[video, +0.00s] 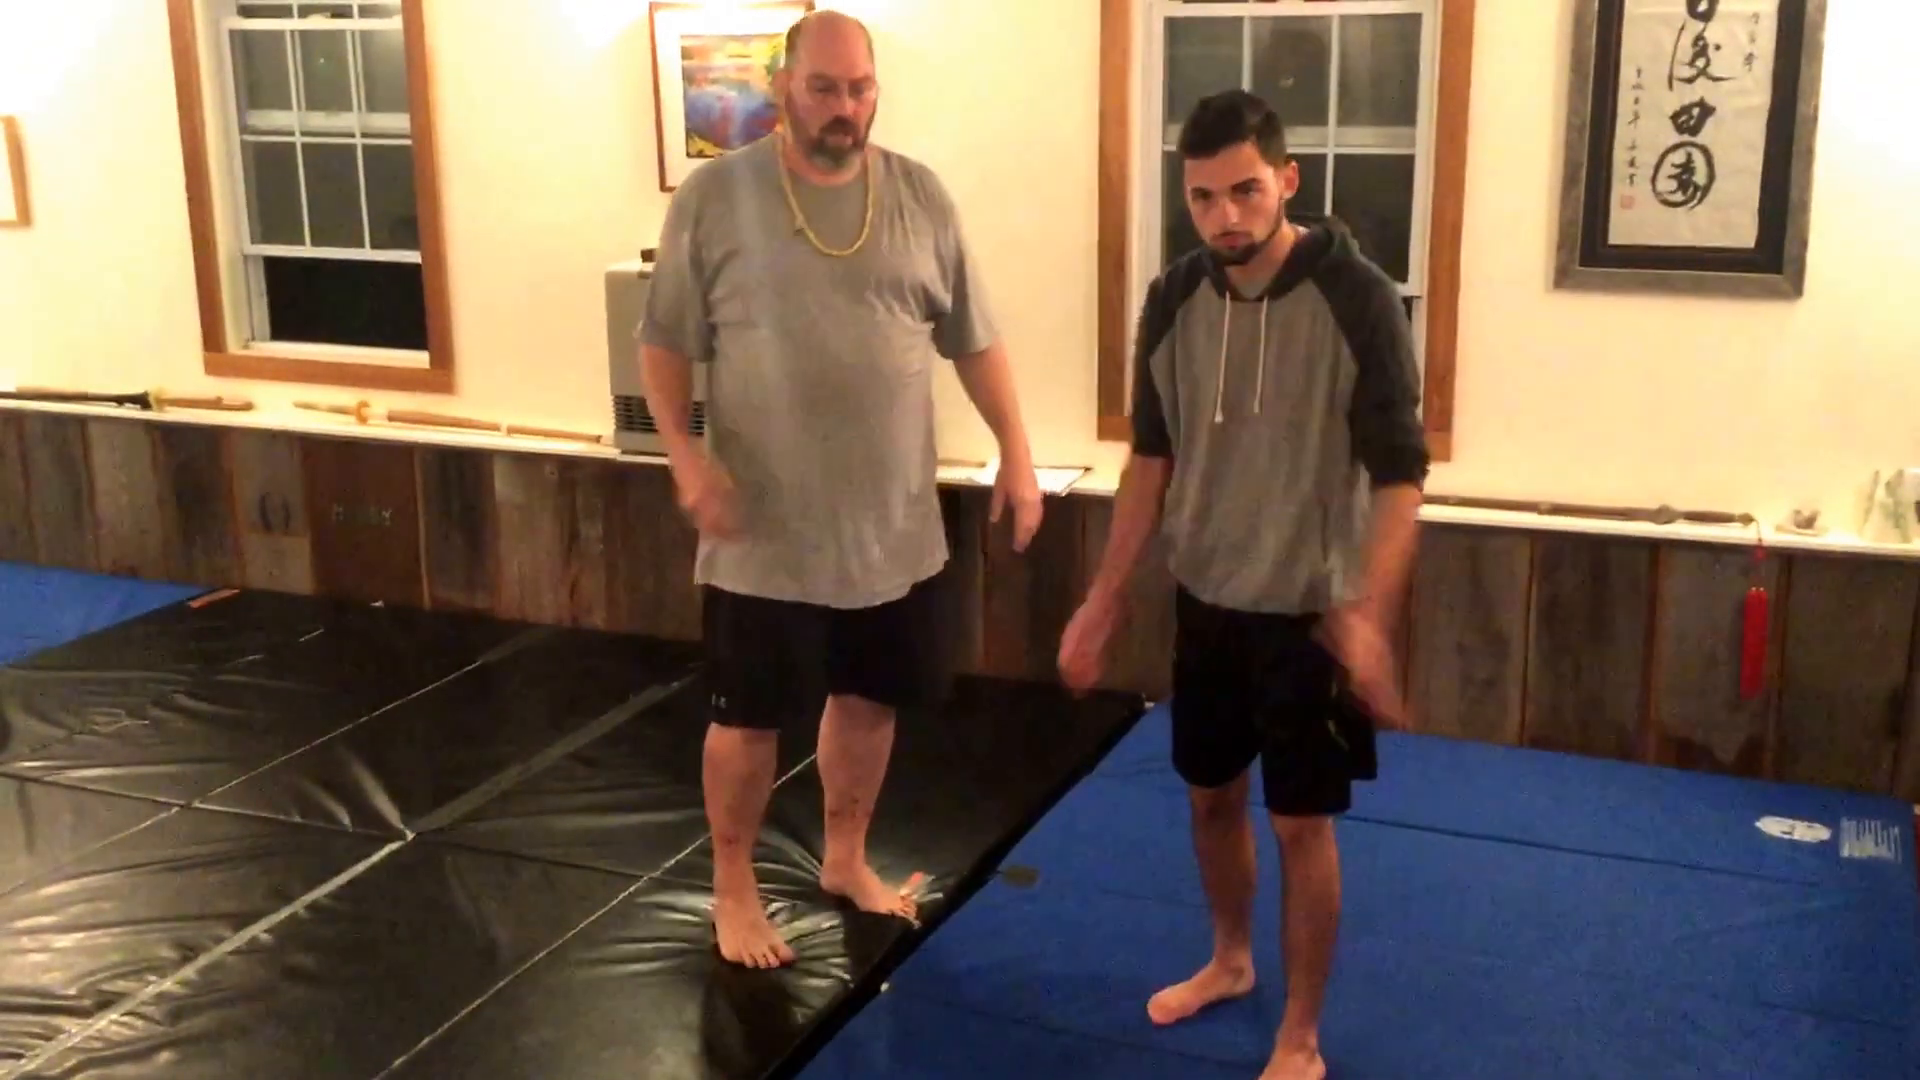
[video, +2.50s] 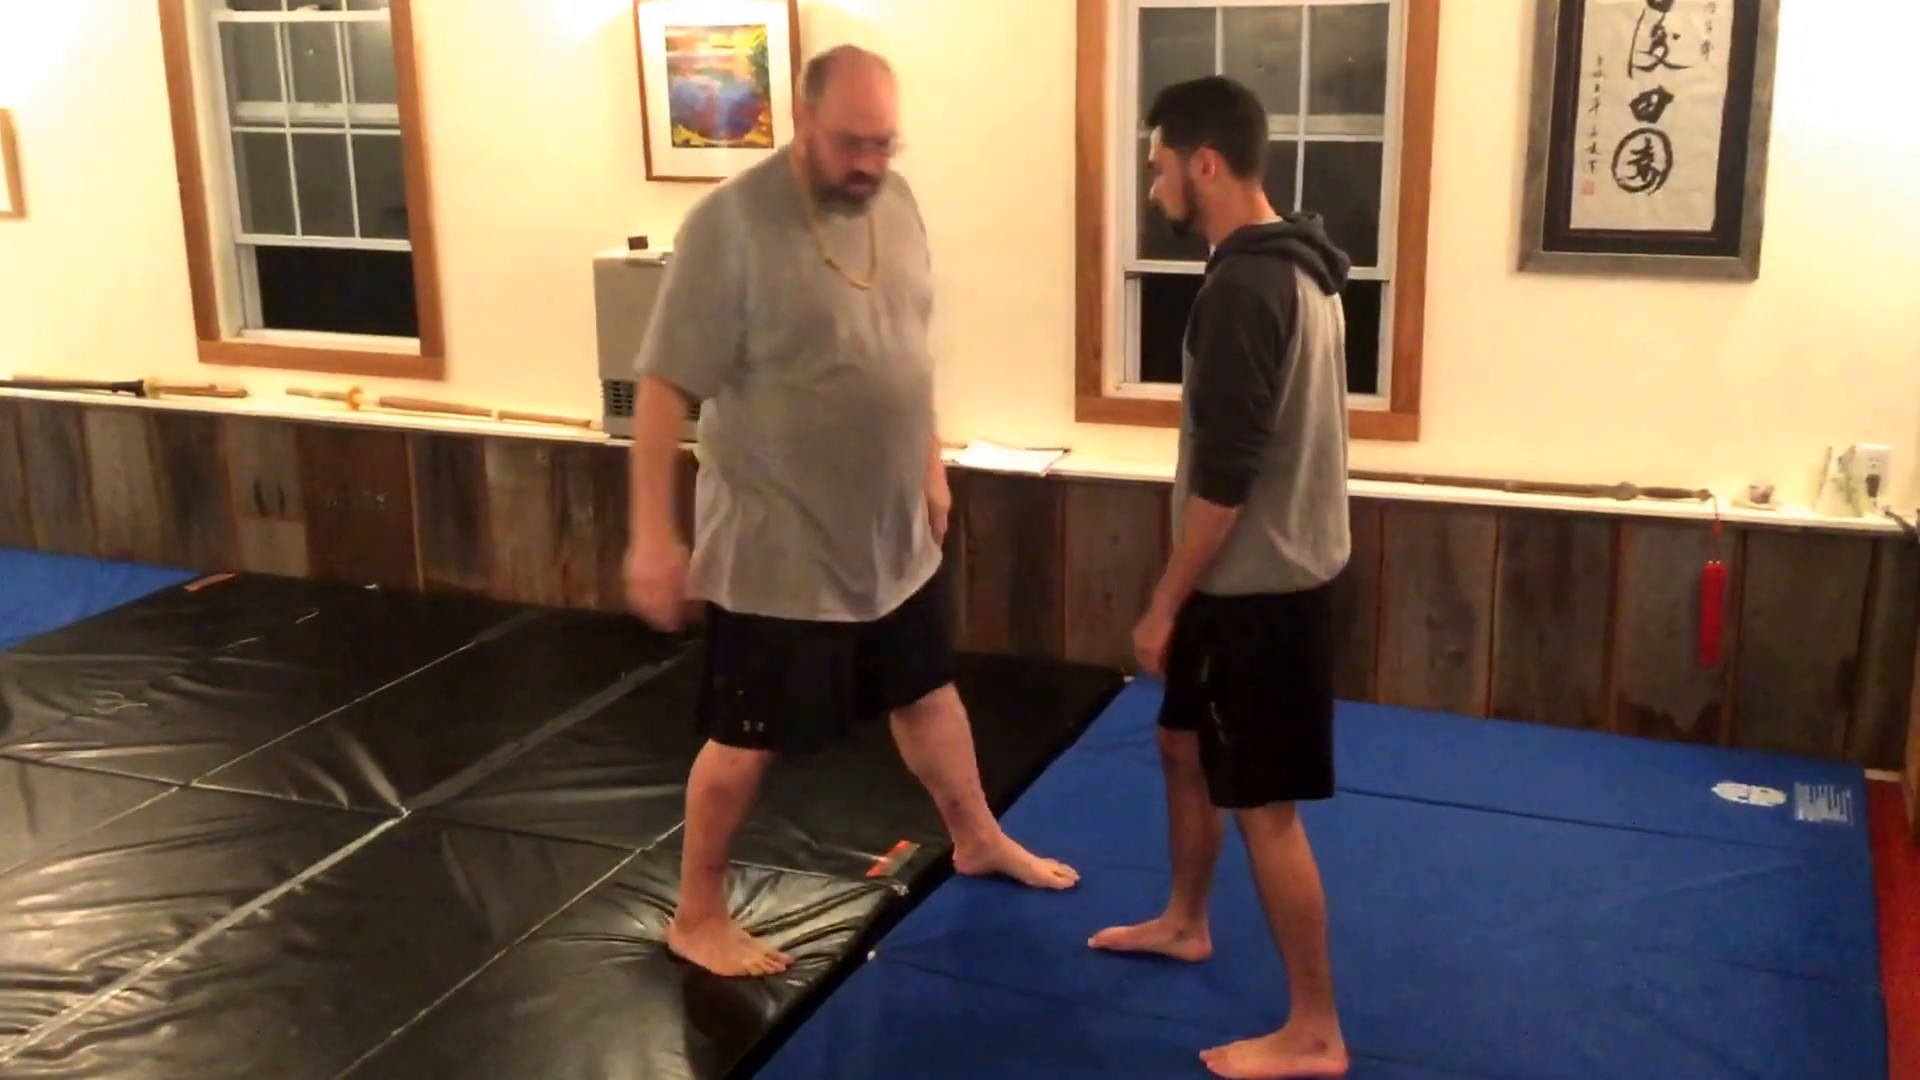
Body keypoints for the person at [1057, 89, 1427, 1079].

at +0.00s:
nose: (1225, 217)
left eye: (1243, 192)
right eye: (1204, 197)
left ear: (1287, 179)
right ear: (1184, 196)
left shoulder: (1356, 299)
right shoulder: (1176, 295)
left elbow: (1400, 472)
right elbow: (1149, 458)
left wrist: (1370, 609)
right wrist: (1104, 599)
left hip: (1311, 609)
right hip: (1207, 599)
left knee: (1300, 822)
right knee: (1214, 796)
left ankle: (1299, 1035)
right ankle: (1230, 962)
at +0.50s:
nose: (1163, 201)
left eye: (1174, 183)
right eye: (1164, 181)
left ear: (1232, 191)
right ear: (1228, 188)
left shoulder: (1324, 307)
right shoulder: (1213, 290)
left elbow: (1357, 517)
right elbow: (1211, 452)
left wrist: (1334, 693)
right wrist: (1173, 571)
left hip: (1298, 625)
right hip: (1213, 605)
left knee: (1303, 834)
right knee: (1188, 773)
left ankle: (1299, 1034)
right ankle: (1223, 948)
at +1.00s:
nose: (1151, 176)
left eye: (1159, 158)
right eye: (1152, 157)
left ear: (1201, 163)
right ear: (1226, 161)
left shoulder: (1249, 281)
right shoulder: (1274, 259)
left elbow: (1203, 479)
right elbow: (1253, 449)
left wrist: (1089, 606)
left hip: (1248, 581)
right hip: (1222, 573)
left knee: (1242, 803)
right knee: (1189, 756)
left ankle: (1288, 1028)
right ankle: (1204, 950)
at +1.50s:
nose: (1141, 207)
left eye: (1141, 186)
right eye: (1136, 189)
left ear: (1176, 176)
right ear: (1215, 171)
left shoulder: (1224, 280)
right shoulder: (1290, 261)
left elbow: (1198, 460)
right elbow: (1263, 436)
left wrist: (1149, 570)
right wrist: (1173, 545)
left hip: (1247, 571)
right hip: (1268, 556)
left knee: (1250, 800)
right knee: (1182, 748)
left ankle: (1320, 1042)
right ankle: (1199, 939)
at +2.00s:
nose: (1152, 211)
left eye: (1151, 191)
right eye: (1146, 193)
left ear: (1188, 181)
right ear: (1228, 174)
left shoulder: (1244, 293)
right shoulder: (1308, 265)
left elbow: (1250, 498)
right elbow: (1316, 438)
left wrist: (1214, 659)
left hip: (1273, 592)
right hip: (1292, 572)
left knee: (1275, 817)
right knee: (1200, 744)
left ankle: (1317, 1040)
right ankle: (1192, 929)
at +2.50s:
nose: (1156, 185)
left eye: (1162, 164)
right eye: (1156, 166)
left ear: (1207, 163)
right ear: (1238, 162)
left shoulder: (1242, 287)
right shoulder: (1299, 261)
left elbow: (1227, 477)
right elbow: (1289, 439)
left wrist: (1164, 605)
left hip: (1258, 582)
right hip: (1263, 567)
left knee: (1263, 807)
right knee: (1184, 744)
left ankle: (1315, 1031)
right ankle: (1184, 919)